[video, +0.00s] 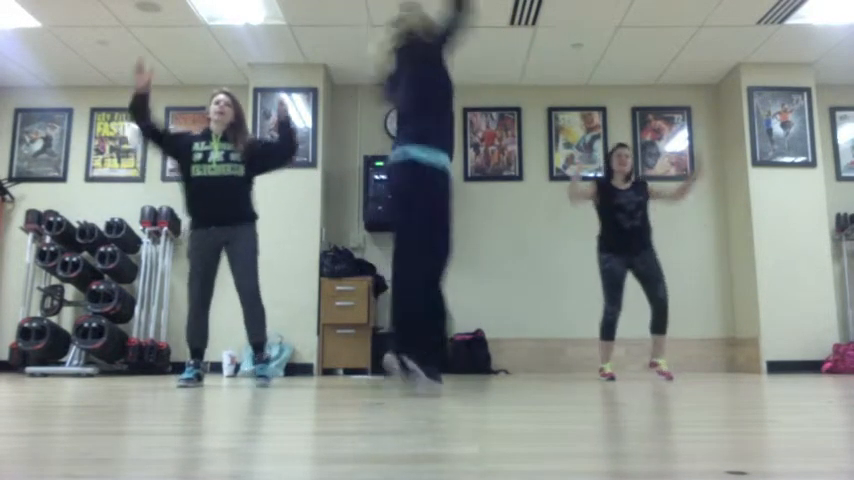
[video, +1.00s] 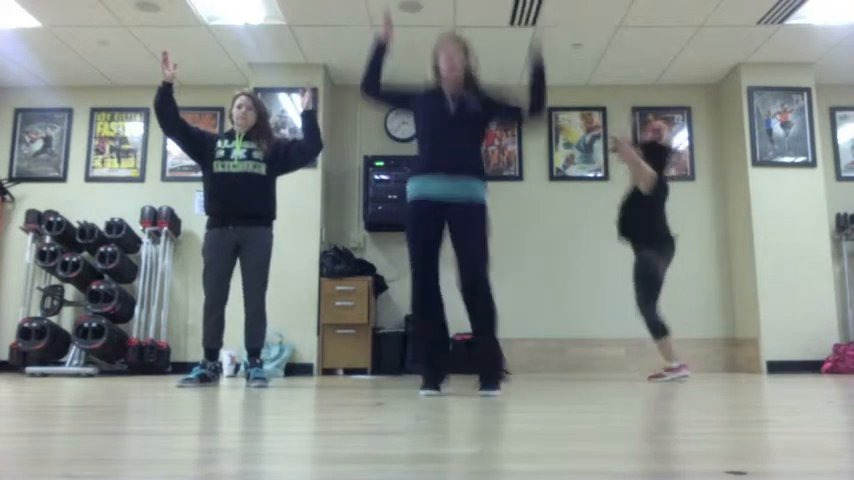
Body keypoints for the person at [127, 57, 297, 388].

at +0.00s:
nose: (220, 107)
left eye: (226, 104)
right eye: (216, 103)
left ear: (235, 114)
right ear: (207, 111)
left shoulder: (247, 148)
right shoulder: (187, 144)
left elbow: (284, 152)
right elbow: (147, 128)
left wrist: (284, 125)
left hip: (240, 228)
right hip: (204, 229)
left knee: (249, 291)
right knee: (198, 298)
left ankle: (260, 358)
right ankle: (195, 363)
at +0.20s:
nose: (228, 110)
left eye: (234, 107)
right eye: (223, 106)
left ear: (244, 118)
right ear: (215, 115)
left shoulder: (257, 151)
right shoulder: (197, 147)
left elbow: (294, 143)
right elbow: (162, 122)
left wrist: (289, 108)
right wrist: (150, 82)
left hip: (250, 230)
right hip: (213, 231)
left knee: (251, 298)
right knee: (204, 298)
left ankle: (253, 364)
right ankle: (196, 364)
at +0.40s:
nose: (237, 112)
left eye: (243, 108)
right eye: (233, 108)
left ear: (253, 116)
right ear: (225, 115)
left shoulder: (270, 151)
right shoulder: (208, 147)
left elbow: (309, 151)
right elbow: (169, 126)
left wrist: (304, 118)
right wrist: (162, 85)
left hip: (261, 232)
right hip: (224, 232)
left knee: (258, 300)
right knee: (213, 300)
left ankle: (255, 365)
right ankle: (201, 364)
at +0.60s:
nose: (242, 112)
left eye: (248, 109)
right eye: (237, 108)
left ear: (258, 116)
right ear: (230, 114)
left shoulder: (275, 151)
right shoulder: (212, 145)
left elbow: (315, 145)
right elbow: (174, 124)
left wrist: (310, 110)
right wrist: (168, 84)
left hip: (262, 233)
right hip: (225, 232)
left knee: (258, 300)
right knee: (216, 299)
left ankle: (255, 365)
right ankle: (210, 364)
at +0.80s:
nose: (242, 113)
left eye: (248, 109)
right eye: (237, 108)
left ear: (258, 116)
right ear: (231, 114)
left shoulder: (274, 150)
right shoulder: (212, 144)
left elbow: (314, 146)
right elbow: (173, 123)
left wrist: (309, 111)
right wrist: (168, 84)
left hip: (259, 233)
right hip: (222, 233)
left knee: (256, 301)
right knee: (215, 299)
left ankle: (254, 365)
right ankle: (210, 364)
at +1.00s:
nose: (241, 111)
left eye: (247, 107)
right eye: (237, 107)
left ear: (258, 116)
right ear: (230, 113)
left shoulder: (272, 150)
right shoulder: (210, 145)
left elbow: (311, 147)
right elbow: (171, 124)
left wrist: (307, 113)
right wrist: (167, 84)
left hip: (256, 233)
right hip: (219, 232)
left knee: (254, 300)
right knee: (213, 299)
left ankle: (254, 365)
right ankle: (210, 364)